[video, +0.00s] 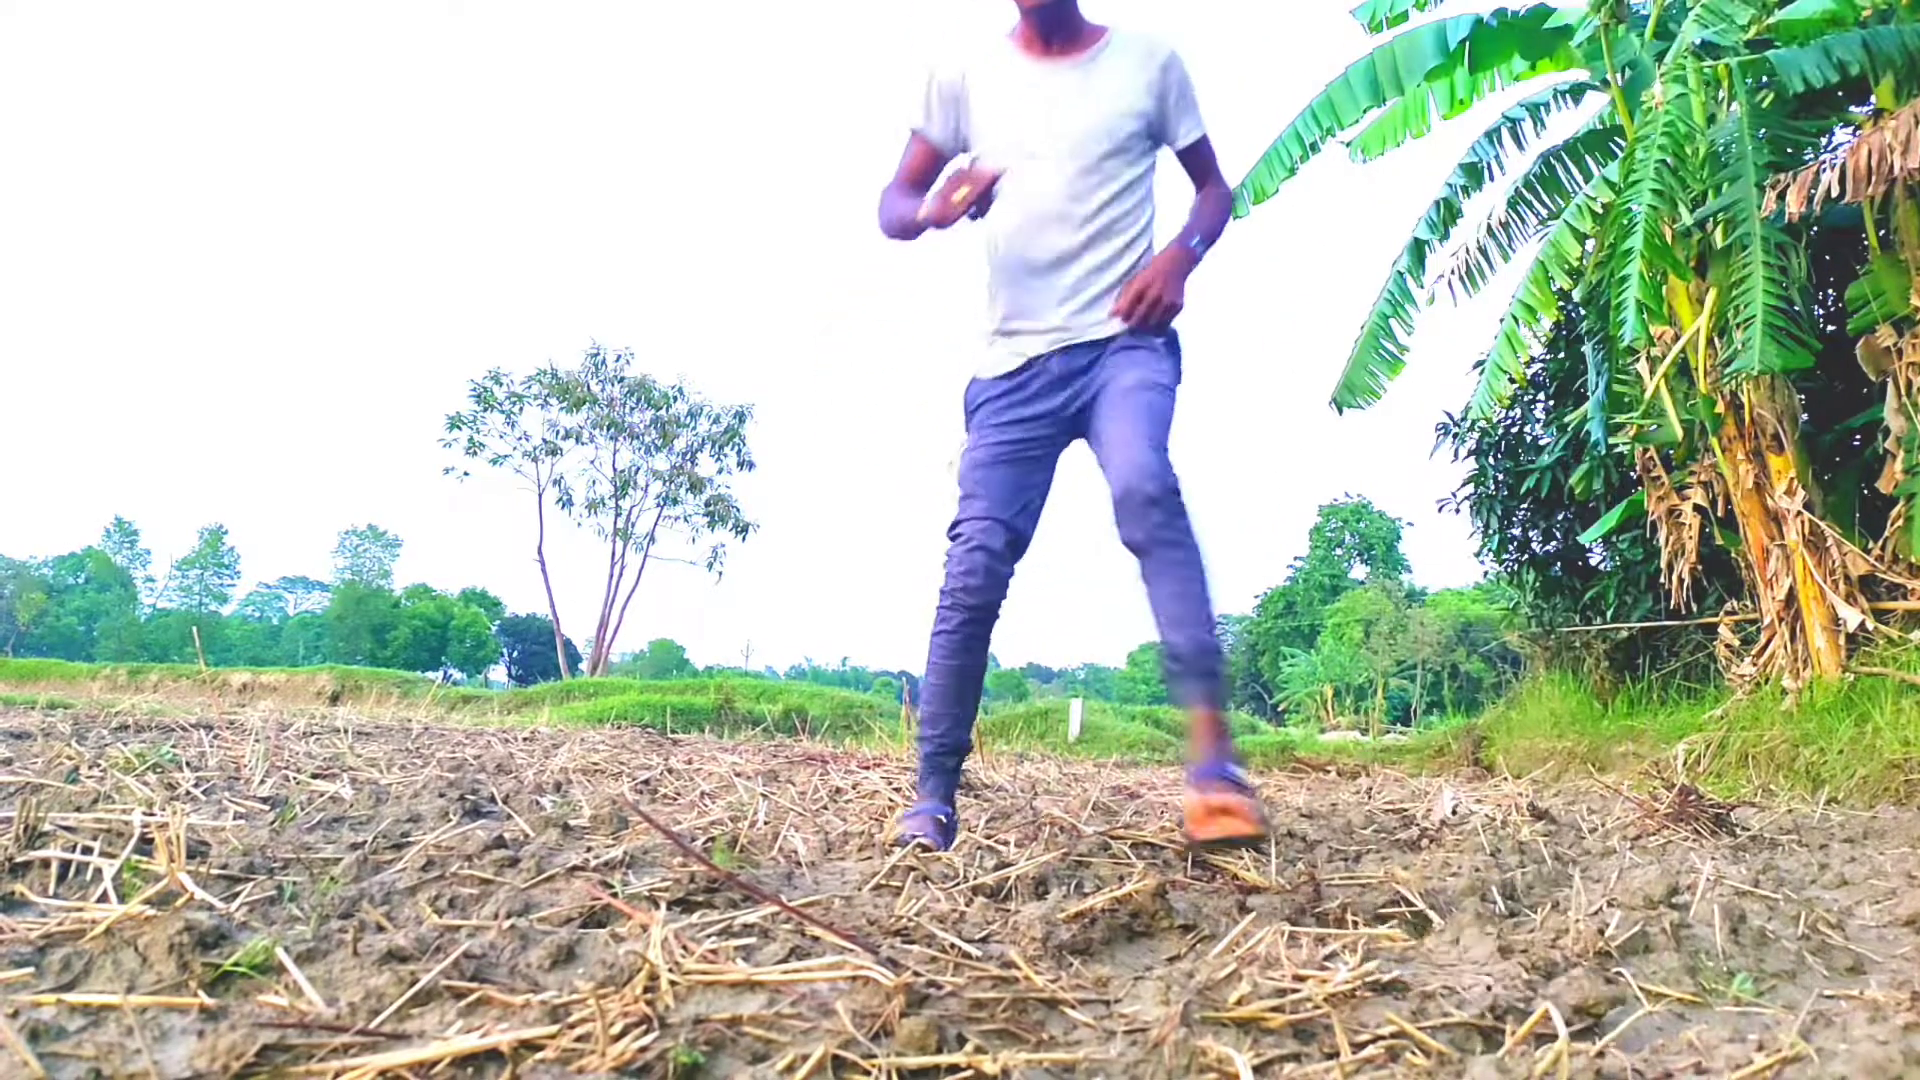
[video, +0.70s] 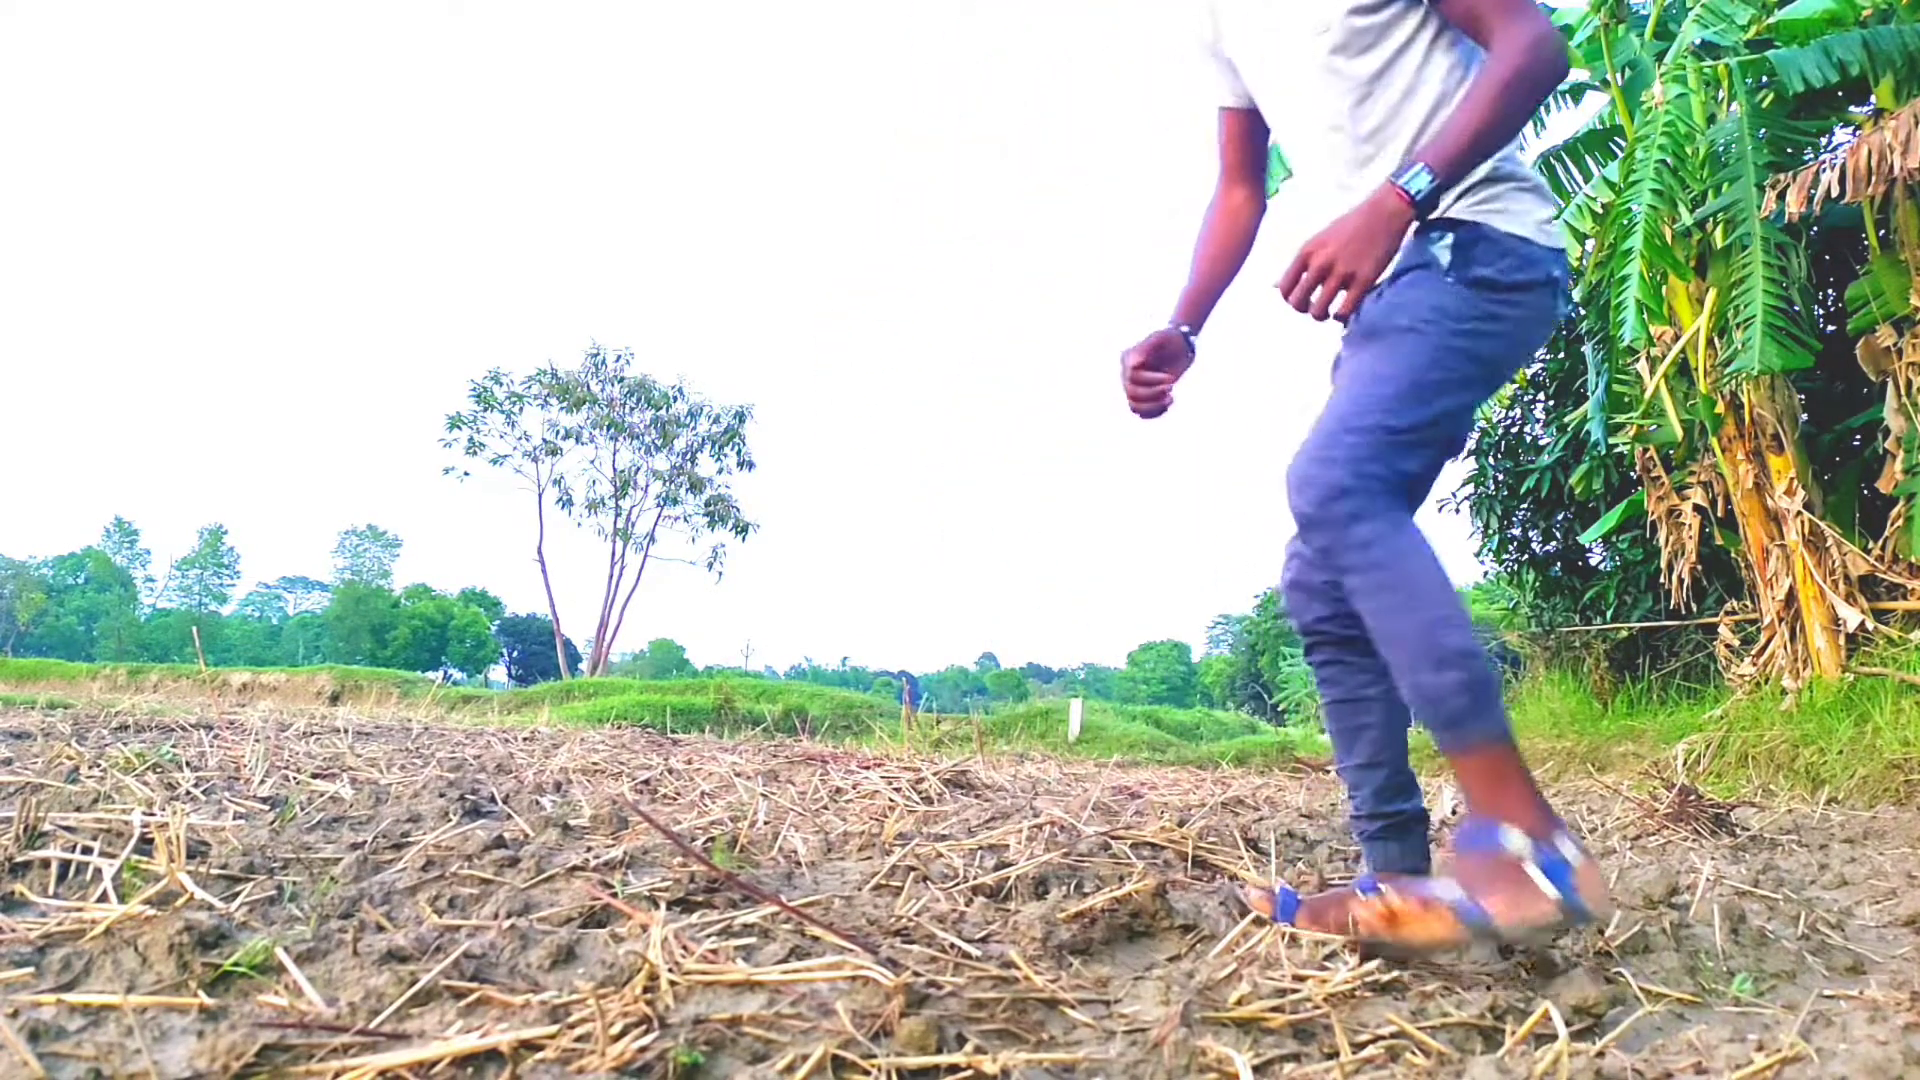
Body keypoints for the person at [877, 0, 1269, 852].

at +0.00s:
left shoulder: (1148, 64)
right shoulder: (963, 78)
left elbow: (1215, 191)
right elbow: (894, 210)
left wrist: (1178, 257)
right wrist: (931, 212)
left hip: (1125, 343)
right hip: (1015, 366)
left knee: (1145, 492)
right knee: (974, 568)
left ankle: (1212, 758)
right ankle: (933, 801)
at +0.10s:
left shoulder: (1211, 19)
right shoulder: (1027, 47)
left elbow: (1301, 163)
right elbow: (977, 215)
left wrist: (1215, 238)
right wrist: (998, 199)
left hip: (1194, 355)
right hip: (1077, 367)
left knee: (1223, 561)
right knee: (969, 558)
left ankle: (1295, 864)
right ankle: (945, 776)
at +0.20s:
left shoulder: (1244, 23)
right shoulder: (1086, 69)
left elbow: (1371, 162)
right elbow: (1066, 228)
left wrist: (1237, 255)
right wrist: (1036, 268)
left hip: (1257, 362)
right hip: (1141, 374)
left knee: (1240, 581)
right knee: (991, 526)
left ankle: (1303, 883)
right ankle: (1047, 745)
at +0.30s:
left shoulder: (1291, 7)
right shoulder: (1119, 39)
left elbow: (1415, 108)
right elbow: (1134, 188)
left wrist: (1281, 195)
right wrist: (1094, 276)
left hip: (1317, 316)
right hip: (1208, 340)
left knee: (1281, 564)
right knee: (1082, 518)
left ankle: (1320, 871)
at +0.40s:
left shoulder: (1324, 2)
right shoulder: (1147, 25)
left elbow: (1453, 65)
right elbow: (1154, 164)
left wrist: (1330, 173)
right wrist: (1126, 257)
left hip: (1368, 269)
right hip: (1270, 310)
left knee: (1309, 552)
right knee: (1222, 572)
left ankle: (1329, 875)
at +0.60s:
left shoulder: (1389, 5)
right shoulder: (1199, 32)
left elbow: (1515, 62)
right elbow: (1198, 203)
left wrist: (1386, 194)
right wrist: (1156, 321)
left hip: (1460, 248)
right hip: (1394, 278)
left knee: (1272, 444)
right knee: (1300, 586)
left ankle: (1426, 778)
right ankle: (1385, 846)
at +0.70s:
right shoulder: (1224, 21)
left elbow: (1533, 44)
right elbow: (1238, 183)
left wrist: (1393, 201)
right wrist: (1184, 326)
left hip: (1479, 241)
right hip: (1399, 277)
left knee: (1338, 485)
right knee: (1323, 581)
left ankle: (1523, 839)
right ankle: (1400, 882)